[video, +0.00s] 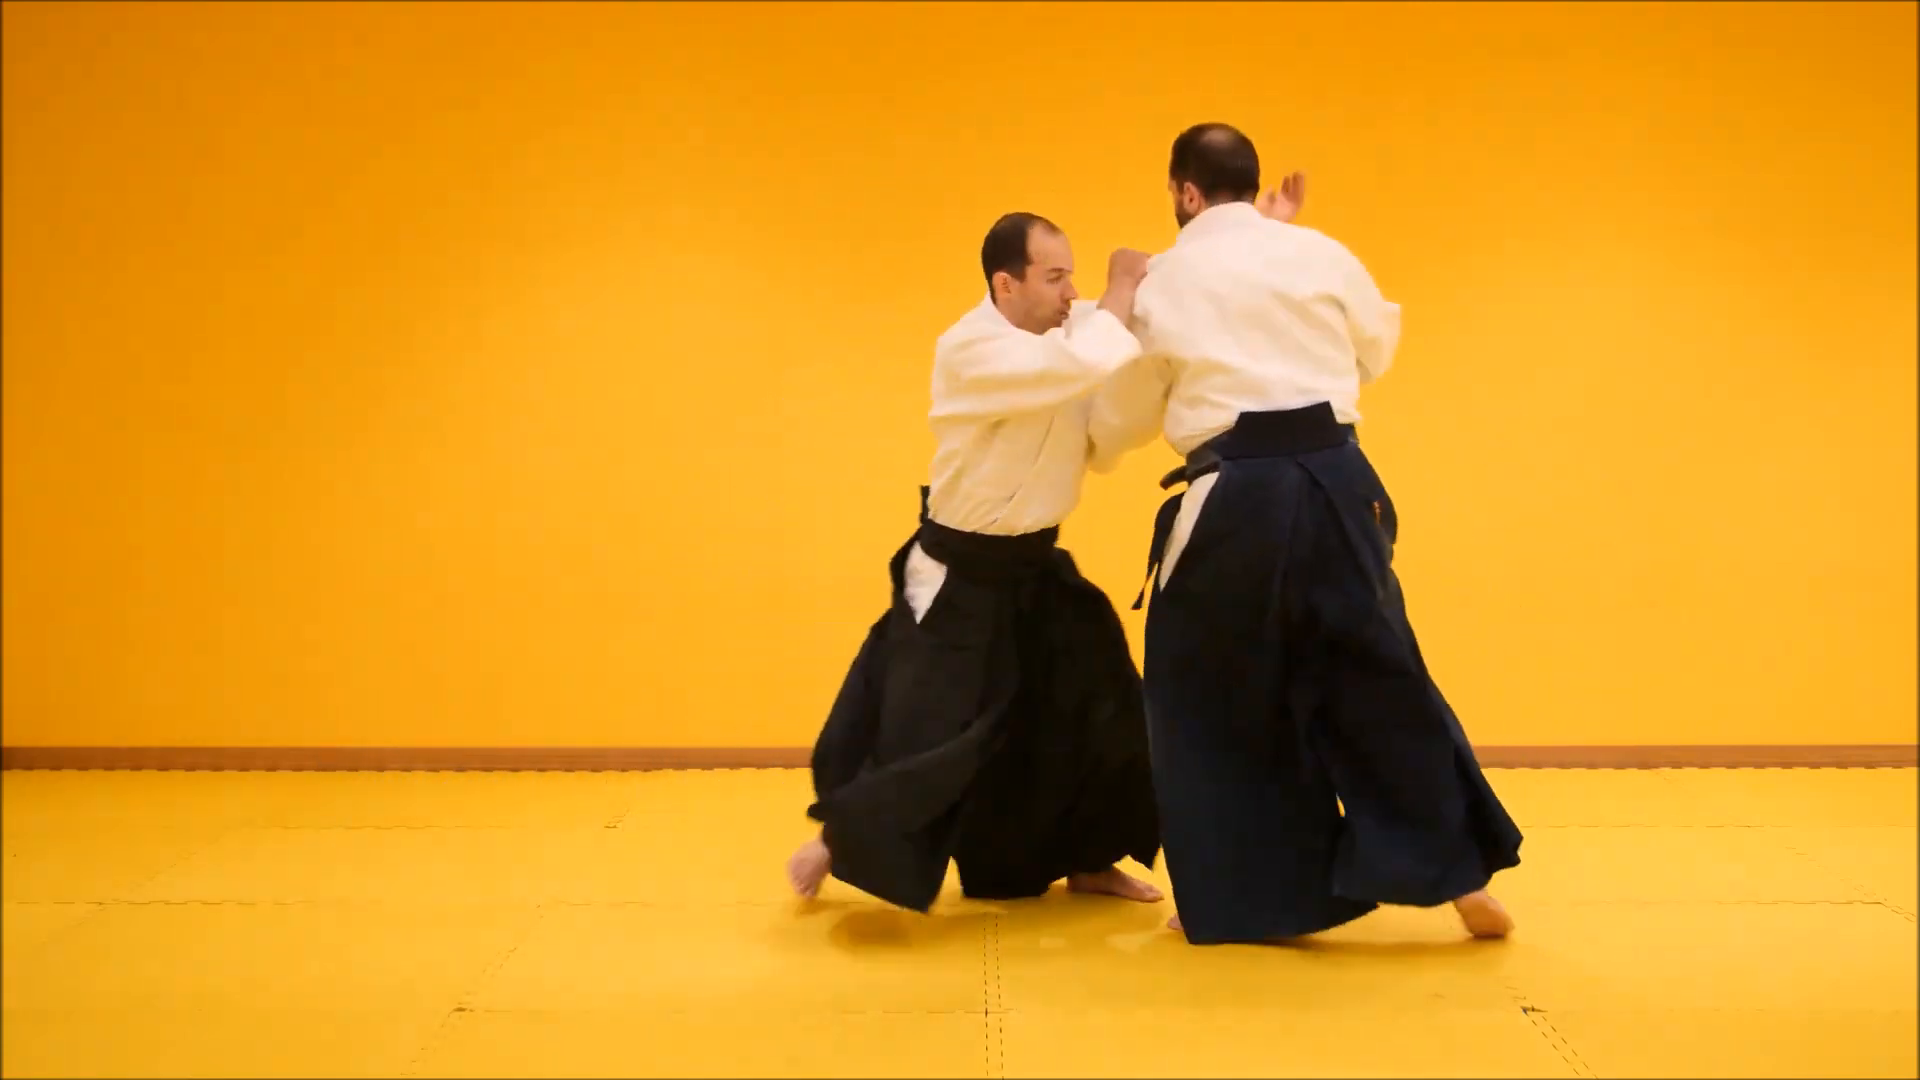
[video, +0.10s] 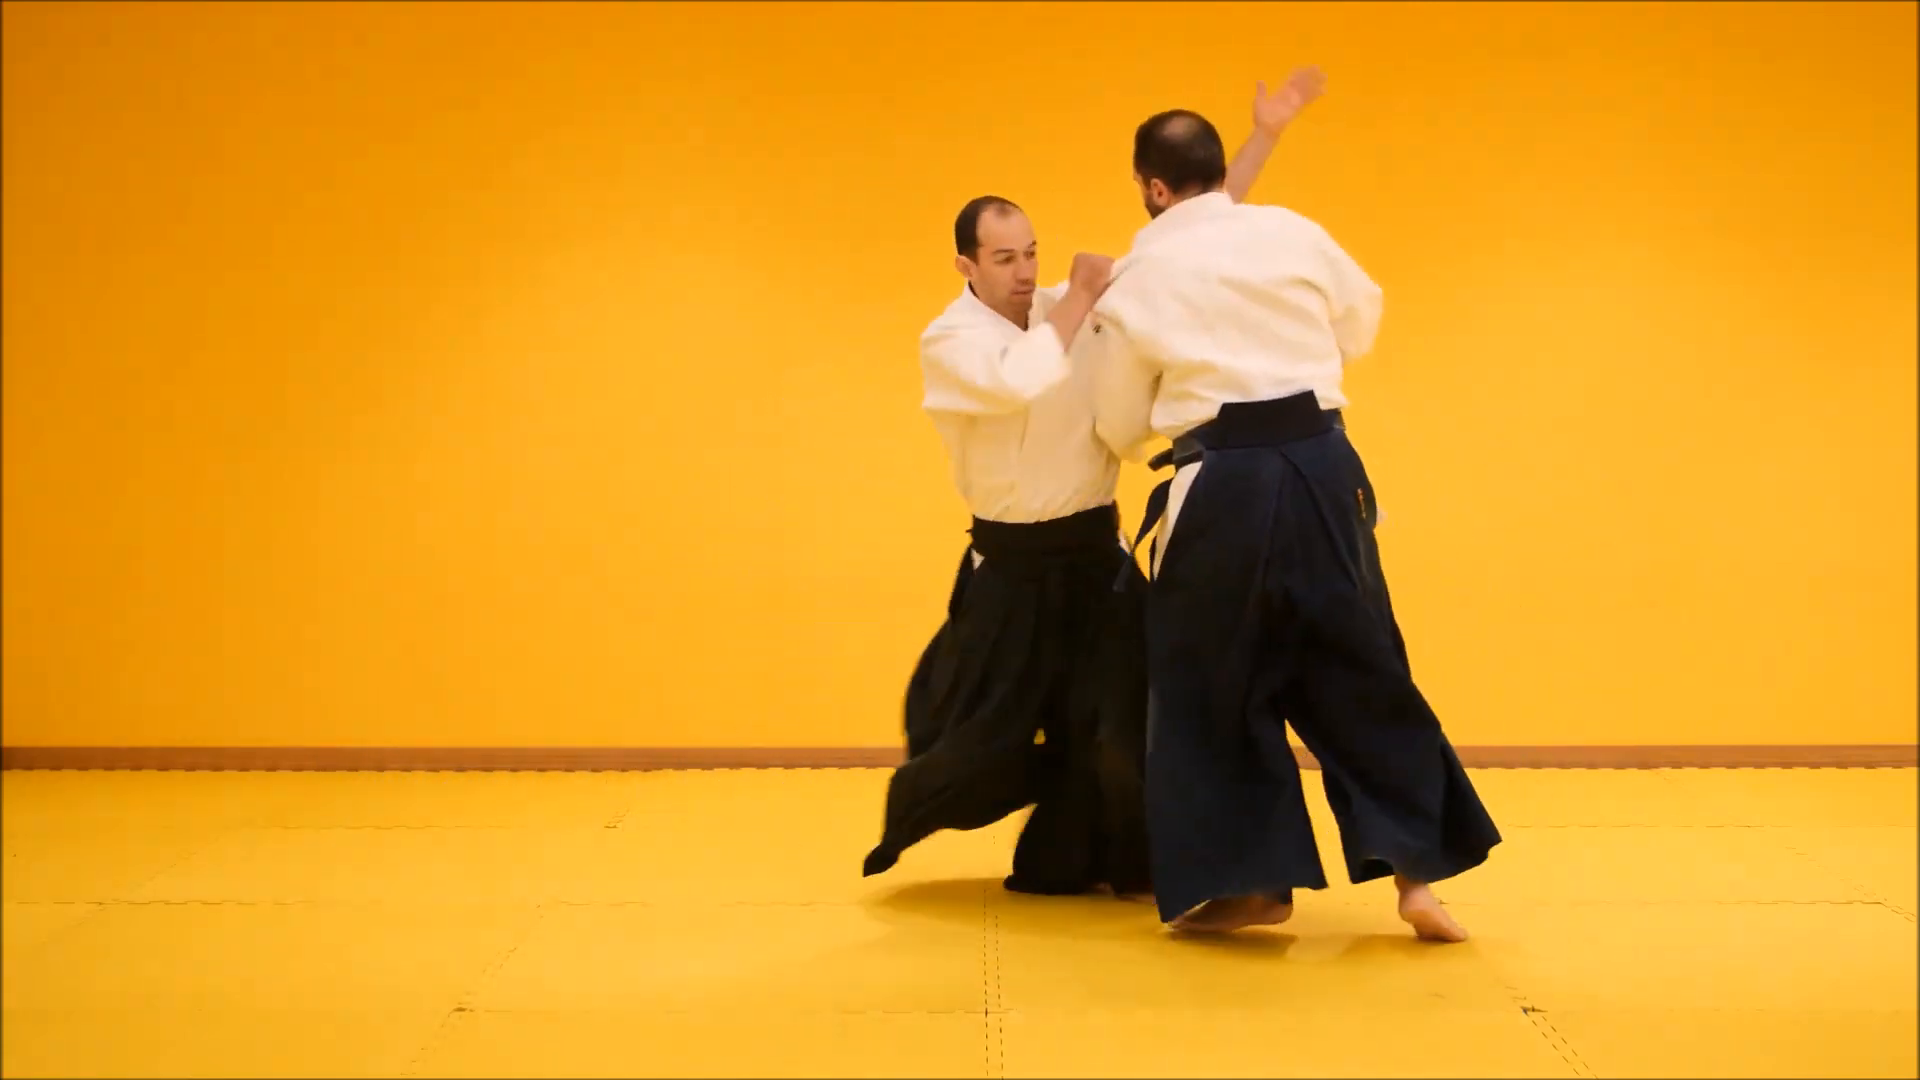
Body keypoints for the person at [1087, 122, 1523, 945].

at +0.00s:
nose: (1169, 202)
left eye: (1169, 191)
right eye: (1171, 190)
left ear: (1184, 192)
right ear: (1257, 183)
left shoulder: (1163, 282)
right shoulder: (1319, 253)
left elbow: (1117, 421)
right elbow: (1373, 353)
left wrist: (1116, 317)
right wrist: (1293, 241)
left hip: (1230, 496)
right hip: (1338, 483)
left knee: (1199, 691)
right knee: (1381, 676)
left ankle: (1211, 896)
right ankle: (1463, 872)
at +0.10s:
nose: (1137, 194)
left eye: (1136, 184)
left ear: (1150, 187)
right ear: (1224, 169)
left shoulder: (1137, 281)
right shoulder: (1292, 233)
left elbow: (1120, 422)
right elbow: (1357, 327)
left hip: (1220, 480)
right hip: (1325, 467)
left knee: (1212, 679)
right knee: (1361, 667)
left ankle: (1249, 879)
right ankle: (1416, 875)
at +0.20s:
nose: (1073, 237)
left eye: (1071, 222)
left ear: (1090, 225)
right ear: (1161, 181)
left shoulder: (1098, 313)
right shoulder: (1234, 231)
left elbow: (1112, 463)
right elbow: (1304, 287)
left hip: (1209, 487)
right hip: (1310, 461)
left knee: (1191, 684)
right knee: (1350, 669)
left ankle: (1264, 866)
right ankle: (1411, 882)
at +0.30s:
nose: (1031, 224)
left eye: (1020, 231)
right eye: (1023, 232)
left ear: (989, 319)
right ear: (1027, 259)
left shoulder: (1021, 398)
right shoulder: (1115, 263)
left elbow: (1022, 510)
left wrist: (1014, 432)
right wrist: (995, 143)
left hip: (1199, 520)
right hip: (1283, 466)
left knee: (1174, 703)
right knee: (1337, 662)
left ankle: (1201, 886)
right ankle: (1419, 819)